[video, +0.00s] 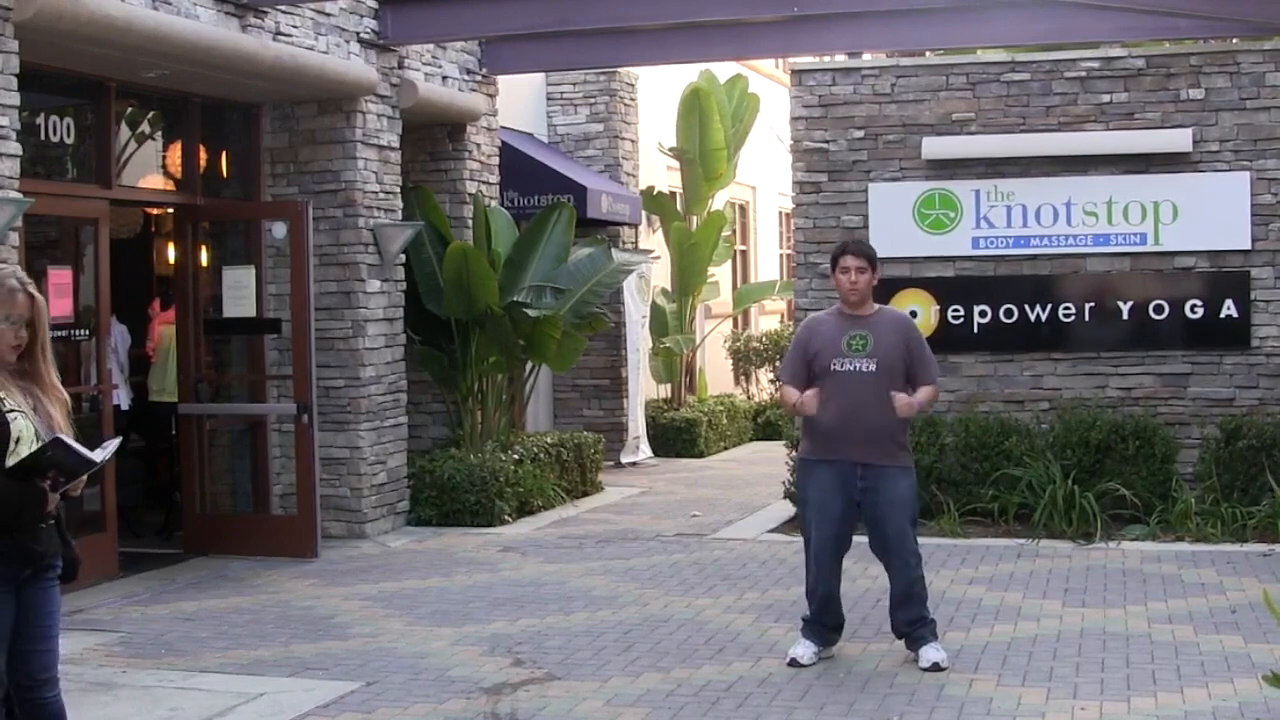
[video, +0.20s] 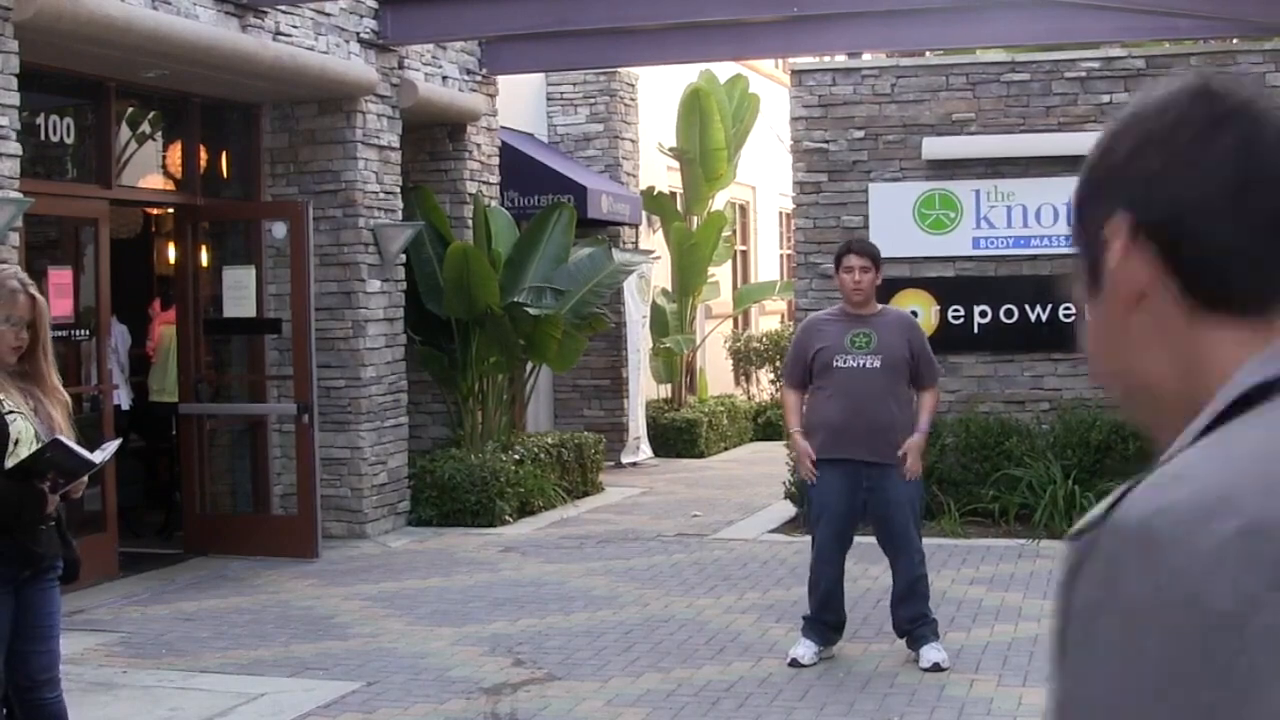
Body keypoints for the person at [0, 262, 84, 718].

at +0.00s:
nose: (18, 334)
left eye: (25, 324)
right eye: (8, 322)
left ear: (34, 328)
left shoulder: (43, 389)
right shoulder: (5, 389)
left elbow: (63, 464)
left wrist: (69, 482)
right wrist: (33, 493)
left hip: (41, 557)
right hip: (3, 556)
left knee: (39, 689)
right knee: (7, 690)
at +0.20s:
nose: (18, 335)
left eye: (26, 325)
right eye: (9, 323)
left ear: (35, 330)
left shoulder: (43, 391)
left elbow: (63, 466)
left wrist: (70, 485)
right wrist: (32, 494)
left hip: (40, 560)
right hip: (4, 559)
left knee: (41, 693)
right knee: (11, 694)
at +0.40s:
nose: (17, 336)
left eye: (25, 325)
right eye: (8, 323)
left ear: (34, 329)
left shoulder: (42, 392)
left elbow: (62, 465)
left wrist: (70, 486)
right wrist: (33, 496)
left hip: (37, 562)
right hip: (4, 560)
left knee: (38, 692)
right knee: (13, 693)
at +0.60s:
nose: (15, 336)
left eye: (23, 326)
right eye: (6, 324)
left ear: (32, 330)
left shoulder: (41, 393)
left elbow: (62, 467)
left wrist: (70, 487)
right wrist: (27, 501)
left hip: (37, 562)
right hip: (3, 562)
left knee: (36, 690)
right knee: (12, 692)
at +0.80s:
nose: (14, 338)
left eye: (22, 328)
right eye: (5, 325)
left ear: (33, 331)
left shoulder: (41, 395)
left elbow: (60, 470)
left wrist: (69, 488)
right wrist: (22, 503)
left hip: (36, 564)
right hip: (4, 565)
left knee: (38, 695)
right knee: (14, 695)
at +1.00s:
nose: (12, 338)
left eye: (21, 328)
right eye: (4, 326)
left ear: (31, 332)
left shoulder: (42, 396)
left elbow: (61, 473)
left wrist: (69, 487)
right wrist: (25, 503)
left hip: (36, 566)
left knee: (41, 699)